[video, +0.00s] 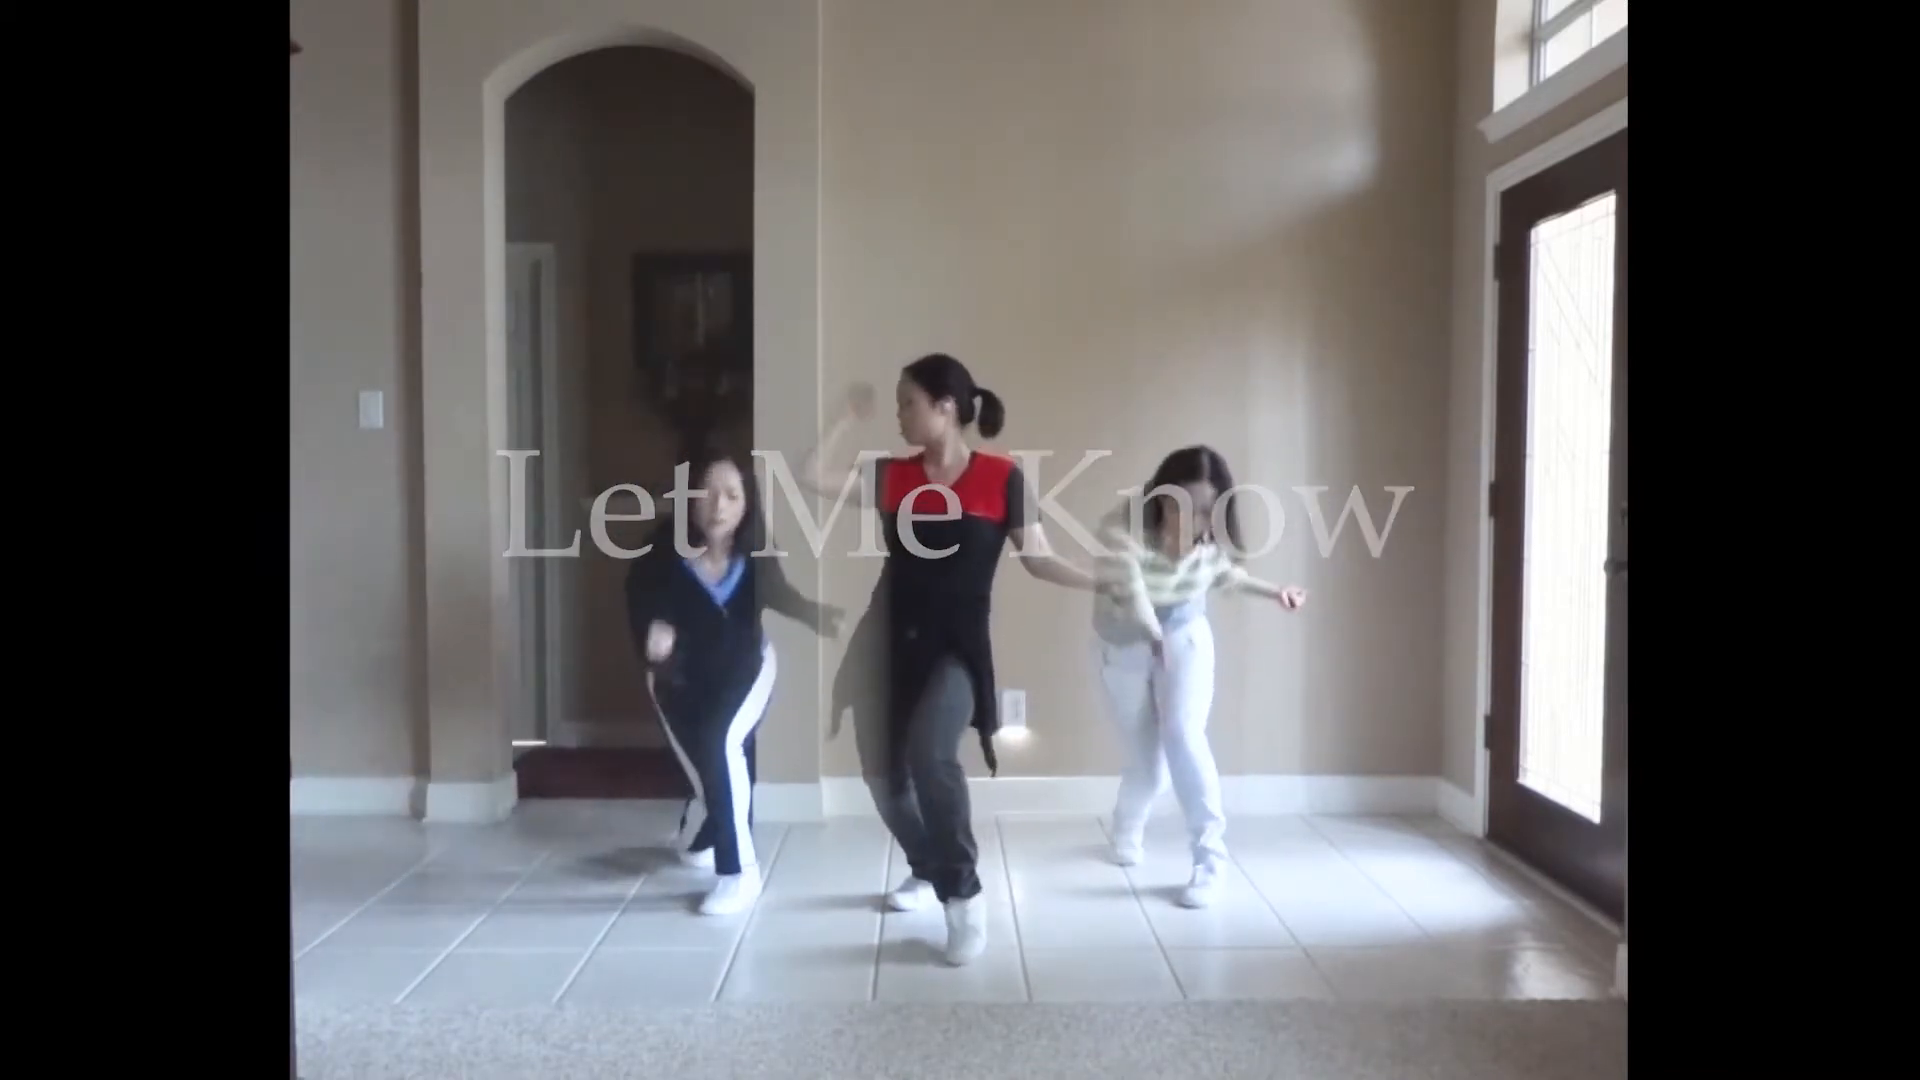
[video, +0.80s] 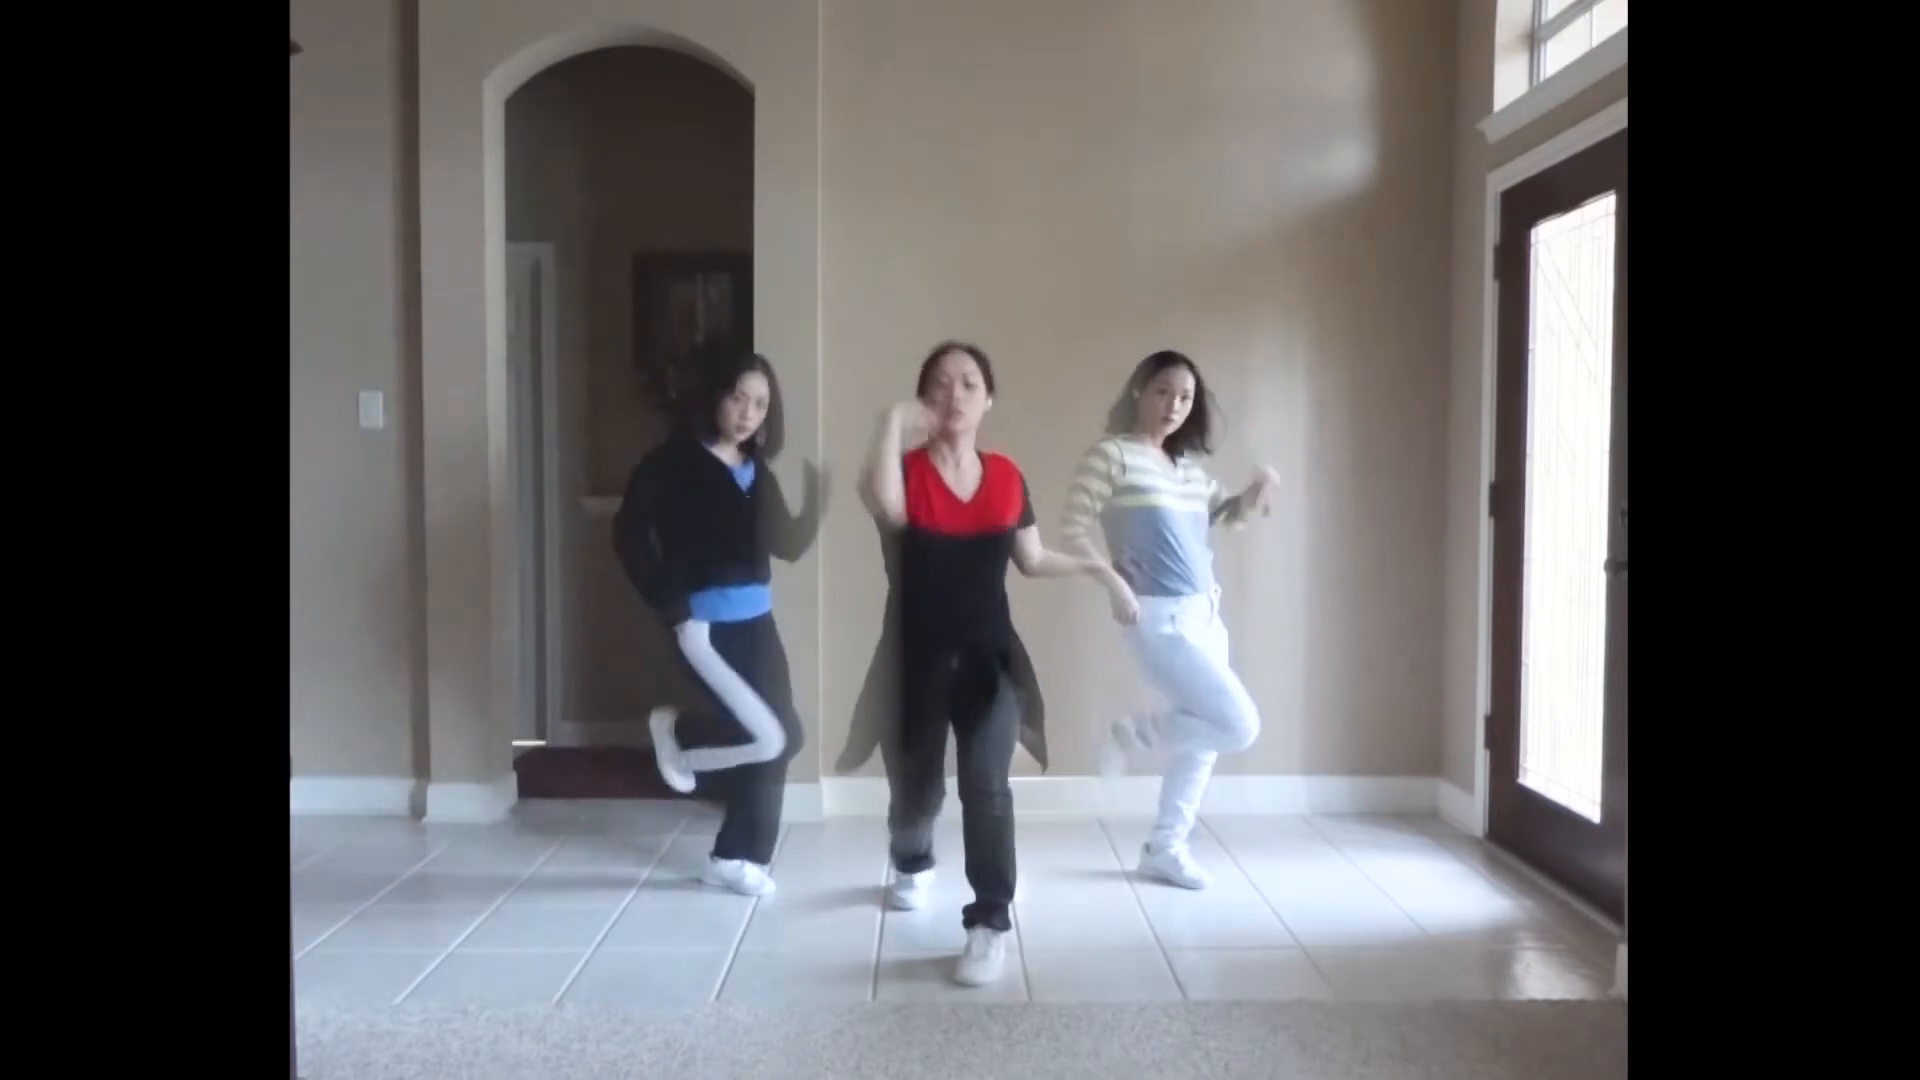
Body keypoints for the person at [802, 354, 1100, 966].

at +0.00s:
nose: (901, 416)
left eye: (910, 405)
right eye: (900, 405)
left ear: (948, 407)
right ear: (915, 411)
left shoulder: (1001, 476)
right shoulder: (892, 474)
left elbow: (1038, 559)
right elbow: (816, 480)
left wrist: (1101, 580)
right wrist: (843, 423)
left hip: (958, 642)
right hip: (892, 640)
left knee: (929, 753)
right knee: (884, 780)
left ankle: (961, 893)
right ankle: (929, 870)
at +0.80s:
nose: (954, 394)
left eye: (967, 384)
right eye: (942, 384)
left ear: (988, 399)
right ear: (922, 402)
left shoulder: (1003, 475)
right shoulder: (905, 470)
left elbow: (1032, 558)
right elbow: (887, 503)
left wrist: (1101, 567)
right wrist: (894, 423)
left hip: (989, 653)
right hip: (919, 654)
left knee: (985, 783)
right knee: (917, 789)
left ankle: (990, 921)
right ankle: (911, 869)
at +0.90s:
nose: (959, 439)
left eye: (974, 429)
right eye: (946, 429)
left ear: (995, 446)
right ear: (928, 446)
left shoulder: (1011, 511)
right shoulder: (907, 522)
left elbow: (1031, 586)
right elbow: (917, 624)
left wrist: (1104, 581)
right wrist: (911, 529)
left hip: (988, 677)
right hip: (922, 682)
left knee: (983, 793)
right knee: (931, 829)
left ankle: (987, 925)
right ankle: (899, 864)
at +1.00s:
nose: (968, 494)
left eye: (981, 483)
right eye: (955, 483)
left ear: (1003, 497)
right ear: (937, 500)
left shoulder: (1014, 553)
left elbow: (1021, 613)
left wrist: (1101, 596)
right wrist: (951, 777)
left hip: (991, 708)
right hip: (925, 715)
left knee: (982, 798)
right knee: (943, 865)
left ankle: (985, 928)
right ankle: (901, 861)